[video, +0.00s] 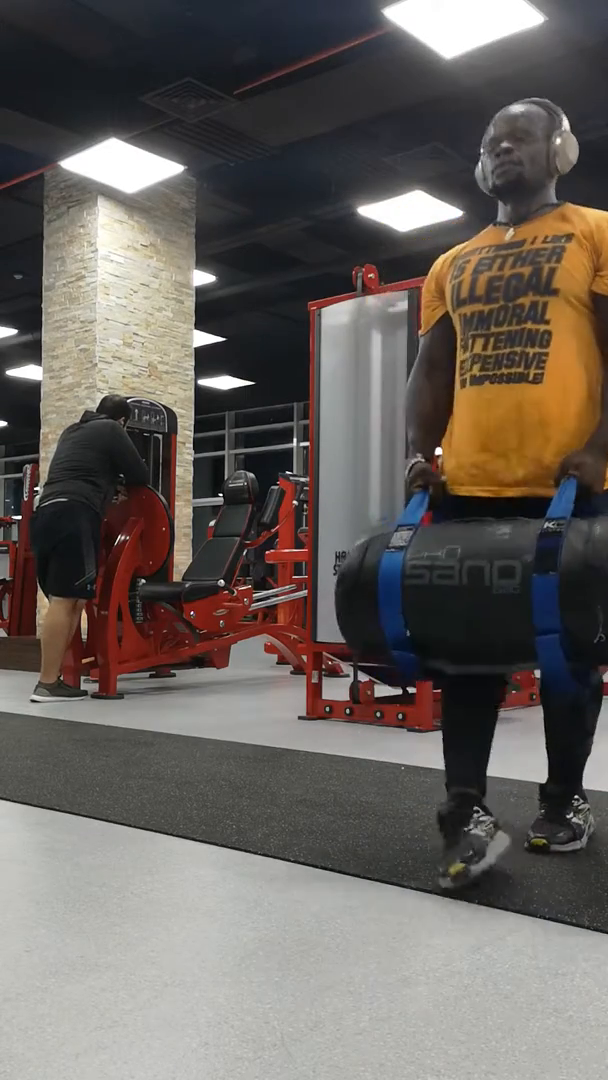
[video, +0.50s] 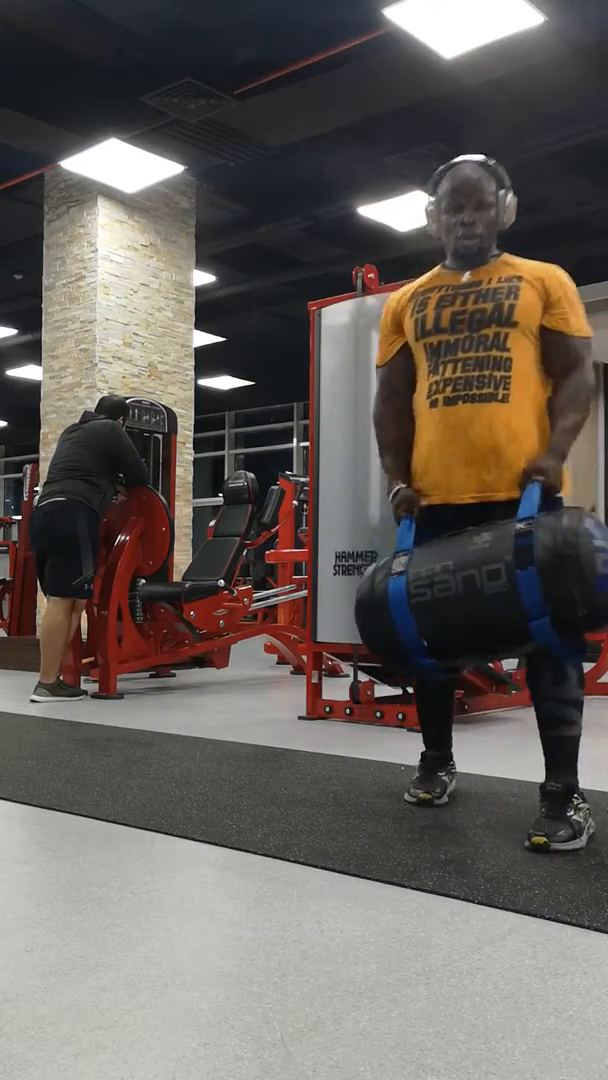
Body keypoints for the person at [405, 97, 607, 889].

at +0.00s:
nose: (496, 153)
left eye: (515, 139)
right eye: (489, 145)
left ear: (562, 151)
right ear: (480, 165)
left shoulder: (592, 231)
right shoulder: (451, 263)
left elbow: (607, 351)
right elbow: (431, 368)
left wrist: (600, 447)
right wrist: (419, 450)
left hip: (568, 482)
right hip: (467, 485)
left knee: (570, 647)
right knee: (466, 645)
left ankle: (563, 796)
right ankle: (464, 810)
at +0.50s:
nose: (467, 216)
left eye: (479, 204)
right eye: (453, 206)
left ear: (507, 208)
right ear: (434, 216)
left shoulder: (544, 282)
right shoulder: (405, 302)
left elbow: (575, 375)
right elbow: (391, 397)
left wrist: (555, 453)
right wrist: (396, 476)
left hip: (524, 494)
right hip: (434, 499)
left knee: (549, 631)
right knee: (429, 631)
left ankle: (560, 791)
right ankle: (435, 760)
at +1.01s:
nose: (450, 254)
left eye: (461, 241)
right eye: (440, 244)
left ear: (492, 232)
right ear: (428, 243)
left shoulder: (533, 295)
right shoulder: (412, 312)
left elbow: (555, 387)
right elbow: (396, 397)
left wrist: (517, 460)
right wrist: (386, 468)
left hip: (505, 493)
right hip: (422, 496)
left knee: (515, 620)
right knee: (421, 626)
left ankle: (535, 749)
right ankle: (432, 760)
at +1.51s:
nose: (460, 259)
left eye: (471, 247)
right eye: (454, 249)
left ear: (506, 244)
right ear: (449, 248)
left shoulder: (553, 307)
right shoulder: (435, 320)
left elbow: (576, 402)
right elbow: (422, 403)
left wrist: (547, 483)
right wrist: (414, 475)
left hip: (522, 503)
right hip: (447, 503)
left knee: (533, 625)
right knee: (440, 620)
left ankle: (535, 758)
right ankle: (445, 744)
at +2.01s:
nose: (396, 298)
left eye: (401, 286)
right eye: (395, 288)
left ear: (431, 276)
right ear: (425, 283)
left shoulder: (497, 320)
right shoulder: (402, 354)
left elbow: (520, 401)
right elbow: (393, 428)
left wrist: (495, 482)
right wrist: (387, 492)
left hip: (487, 506)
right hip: (416, 512)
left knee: (509, 622)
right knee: (416, 624)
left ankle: (529, 754)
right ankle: (430, 742)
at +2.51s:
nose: (441, 270)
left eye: (453, 260)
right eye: (436, 262)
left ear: (485, 264)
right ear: (432, 271)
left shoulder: (515, 326)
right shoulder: (416, 338)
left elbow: (525, 416)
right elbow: (398, 415)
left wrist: (488, 494)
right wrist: (387, 484)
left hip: (484, 505)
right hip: (417, 505)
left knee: (485, 620)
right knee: (419, 619)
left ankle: (486, 745)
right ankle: (429, 740)